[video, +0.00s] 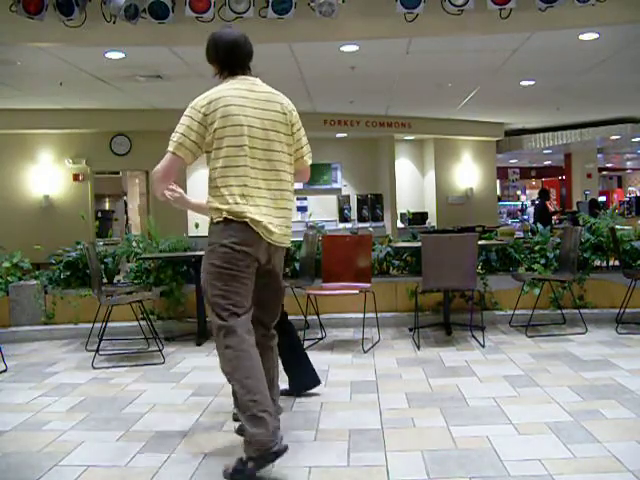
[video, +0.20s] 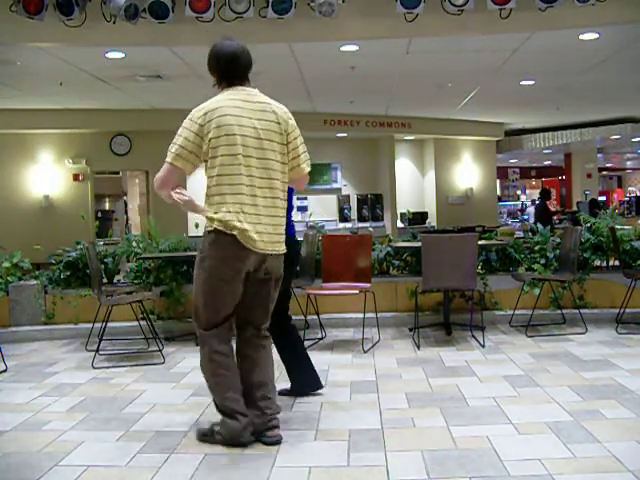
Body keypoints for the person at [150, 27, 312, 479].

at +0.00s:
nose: (210, 69)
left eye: (209, 63)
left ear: (213, 64)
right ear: (250, 60)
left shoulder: (209, 103)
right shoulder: (284, 104)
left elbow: (166, 175)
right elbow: (301, 172)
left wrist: (178, 196)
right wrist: (259, 176)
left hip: (232, 229)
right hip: (277, 233)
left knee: (231, 328)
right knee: (264, 328)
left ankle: (263, 439)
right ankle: (263, 412)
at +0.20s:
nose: (211, 77)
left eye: (211, 72)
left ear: (213, 74)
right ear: (249, 71)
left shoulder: (206, 113)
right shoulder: (280, 113)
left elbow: (165, 183)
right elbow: (301, 181)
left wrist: (192, 204)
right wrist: (265, 170)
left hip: (226, 241)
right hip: (273, 246)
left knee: (215, 330)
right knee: (255, 331)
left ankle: (235, 422)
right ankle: (265, 422)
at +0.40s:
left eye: (207, 88)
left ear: (207, 90)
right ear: (243, 86)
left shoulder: (197, 130)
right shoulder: (272, 125)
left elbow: (161, 198)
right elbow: (296, 188)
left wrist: (182, 213)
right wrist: (267, 169)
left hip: (216, 251)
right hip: (266, 253)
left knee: (204, 327)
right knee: (252, 335)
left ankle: (206, 398)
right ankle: (261, 422)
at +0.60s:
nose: (234, 96)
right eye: (233, 90)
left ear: (198, 98)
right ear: (233, 93)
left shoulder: (186, 139)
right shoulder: (259, 132)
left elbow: (157, 203)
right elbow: (285, 192)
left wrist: (177, 220)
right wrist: (257, 170)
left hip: (206, 249)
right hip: (254, 247)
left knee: (206, 324)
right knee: (254, 330)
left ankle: (201, 387)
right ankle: (260, 417)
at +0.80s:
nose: (222, 93)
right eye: (222, 88)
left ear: (189, 96)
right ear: (222, 91)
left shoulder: (178, 135)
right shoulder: (246, 129)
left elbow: (149, 197)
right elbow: (264, 183)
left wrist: (165, 210)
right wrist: (266, 170)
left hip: (194, 239)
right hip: (238, 238)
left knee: (196, 317)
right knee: (244, 315)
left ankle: (198, 388)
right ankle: (257, 402)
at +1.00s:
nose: (219, 99)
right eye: (218, 94)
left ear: (184, 101)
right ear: (215, 97)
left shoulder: (171, 136)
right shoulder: (235, 131)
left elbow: (143, 193)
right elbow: (250, 180)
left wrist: (158, 206)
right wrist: (256, 171)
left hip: (186, 237)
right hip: (228, 236)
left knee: (196, 314)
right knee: (240, 308)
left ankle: (199, 386)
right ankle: (253, 385)